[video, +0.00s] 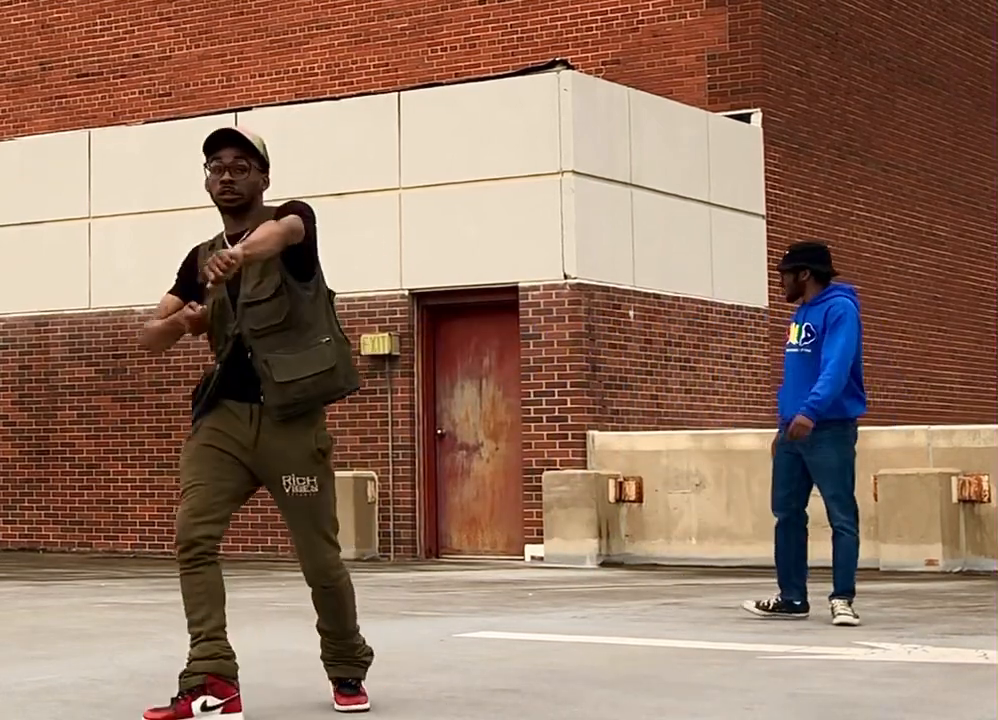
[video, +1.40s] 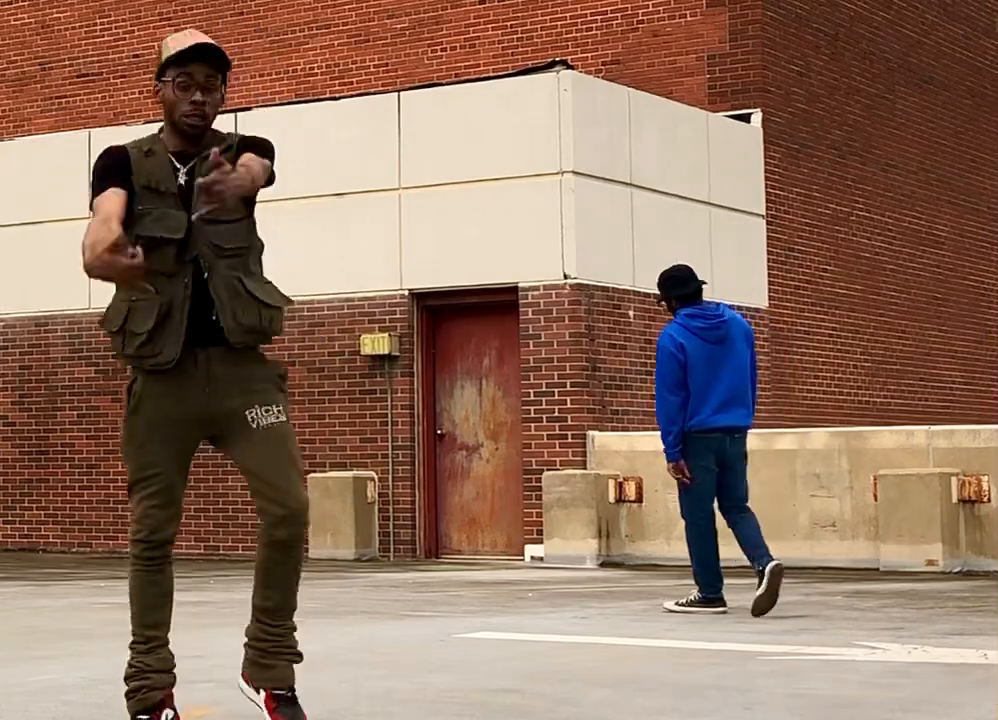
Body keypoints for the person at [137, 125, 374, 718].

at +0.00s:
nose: (228, 178)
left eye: (240, 168)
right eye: (218, 169)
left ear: (264, 177)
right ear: (206, 182)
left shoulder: (294, 217)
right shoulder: (201, 259)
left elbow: (279, 233)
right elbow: (150, 339)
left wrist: (238, 253)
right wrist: (184, 318)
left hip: (291, 417)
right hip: (223, 419)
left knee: (321, 561)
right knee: (194, 539)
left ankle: (347, 672)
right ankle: (213, 681)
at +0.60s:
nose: (254, 163)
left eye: (265, 152)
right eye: (241, 153)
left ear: (281, 159)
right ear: (223, 160)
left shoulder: (307, 221)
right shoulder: (194, 207)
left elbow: (311, 289)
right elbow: (159, 248)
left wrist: (303, 345)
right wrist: (171, 257)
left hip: (291, 416)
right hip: (209, 420)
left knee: (344, 530)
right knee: (198, 554)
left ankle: (313, 651)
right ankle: (238, 672)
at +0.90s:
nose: (249, 154)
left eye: (261, 144)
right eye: (236, 143)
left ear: (279, 152)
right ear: (217, 153)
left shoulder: (305, 218)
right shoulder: (194, 204)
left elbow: (311, 286)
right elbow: (159, 201)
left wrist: (311, 347)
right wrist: (140, 174)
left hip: (285, 412)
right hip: (203, 416)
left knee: (322, 541)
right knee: (196, 565)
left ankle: (281, 693)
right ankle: (227, 672)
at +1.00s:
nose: (234, 123)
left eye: (247, 113)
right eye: (222, 111)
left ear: (263, 123)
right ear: (202, 117)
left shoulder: (289, 170)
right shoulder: (173, 195)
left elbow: (298, 186)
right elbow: (136, 280)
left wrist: (282, 199)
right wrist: (160, 293)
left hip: (271, 387)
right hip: (189, 389)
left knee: (282, 542)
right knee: (168, 533)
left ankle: (280, 697)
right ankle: (215, 649)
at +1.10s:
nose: (216, 110)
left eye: (228, 102)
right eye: (204, 99)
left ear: (244, 114)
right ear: (183, 107)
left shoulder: (264, 167)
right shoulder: (156, 196)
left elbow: (279, 121)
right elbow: (153, 281)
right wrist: (144, 349)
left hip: (263, 380)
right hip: (183, 383)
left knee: (278, 538)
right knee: (149, 514)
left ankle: (281, 696)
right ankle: (197, 679)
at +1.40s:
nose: (196, 95)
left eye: (208, 84)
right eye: (183, 82)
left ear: (223, 93)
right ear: (160, 89)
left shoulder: (245, 148)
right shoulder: (124, 162)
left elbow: (256, 169)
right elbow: (95, 252)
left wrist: (237, 182)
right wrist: (124, 262)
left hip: (244, 367)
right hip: (161, 374)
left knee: (289, 512)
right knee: (151, 533)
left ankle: (271, 667)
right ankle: (151, 693)